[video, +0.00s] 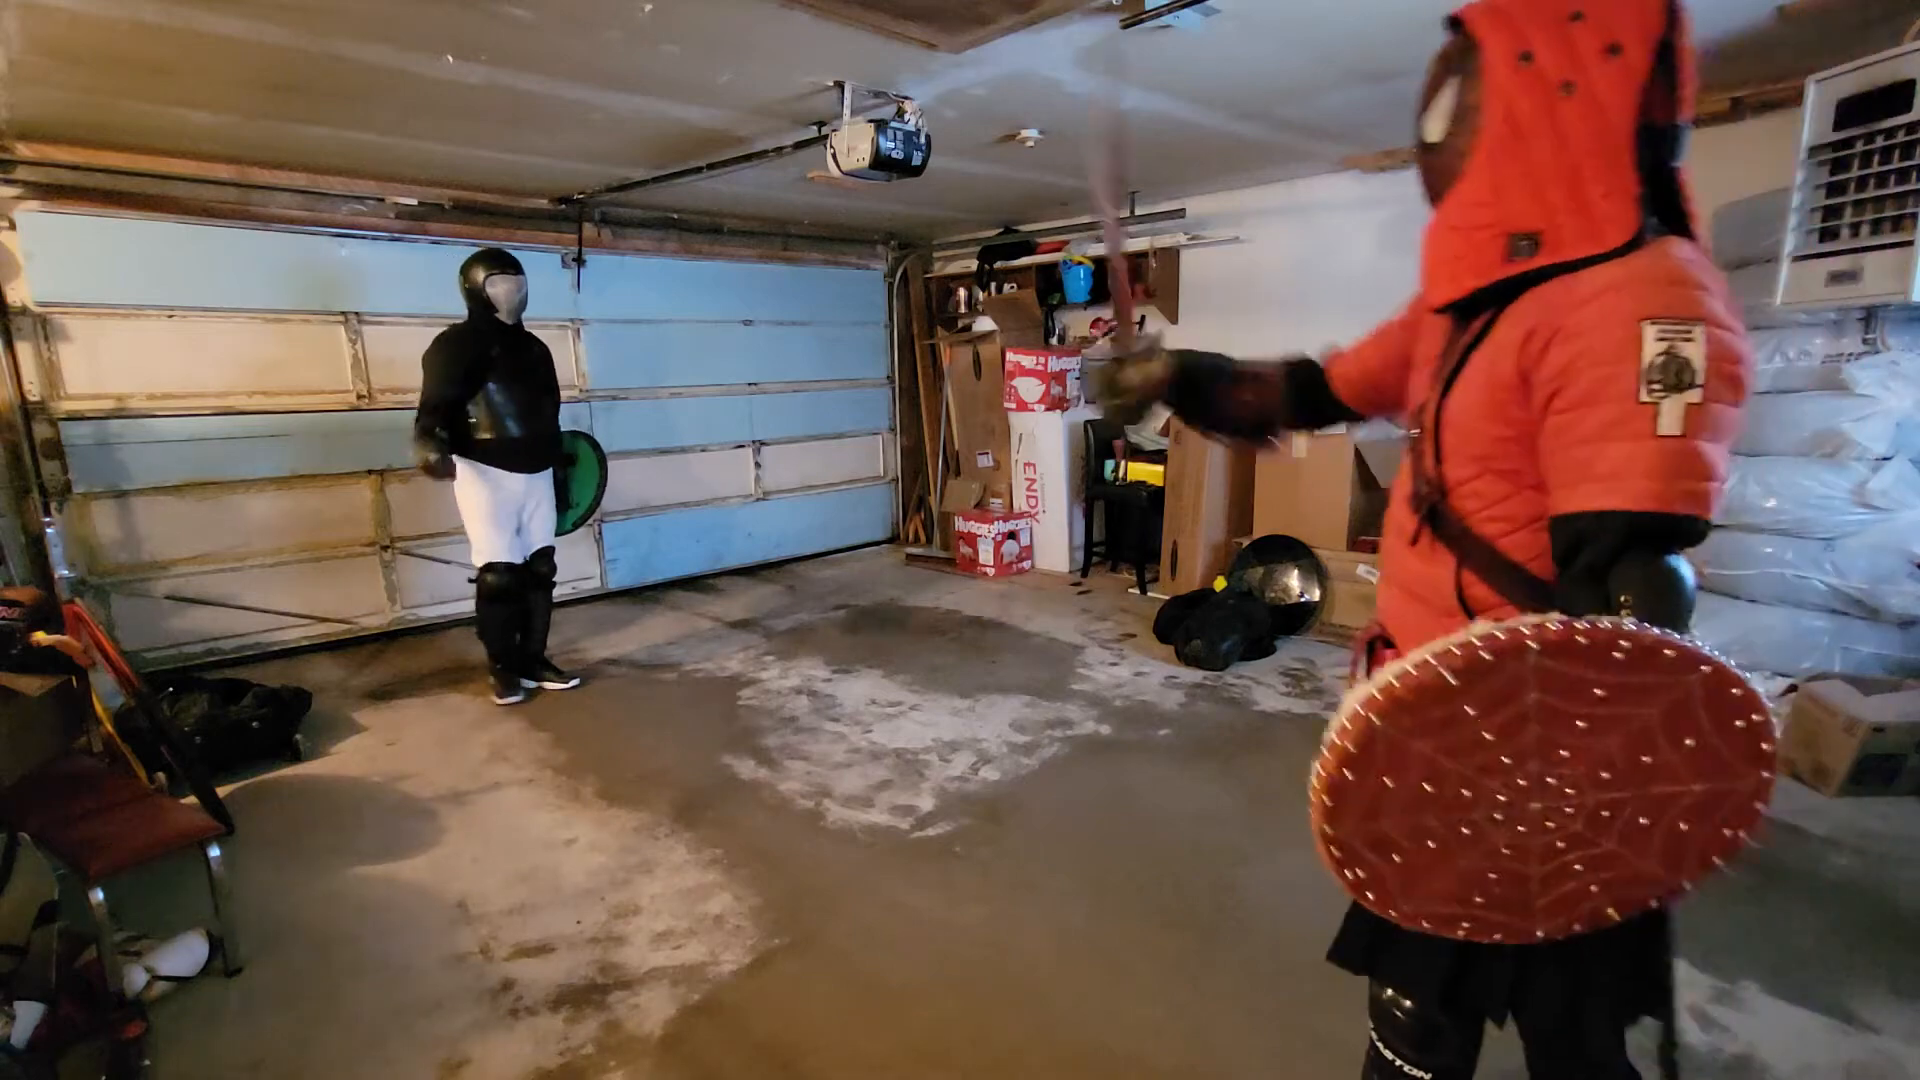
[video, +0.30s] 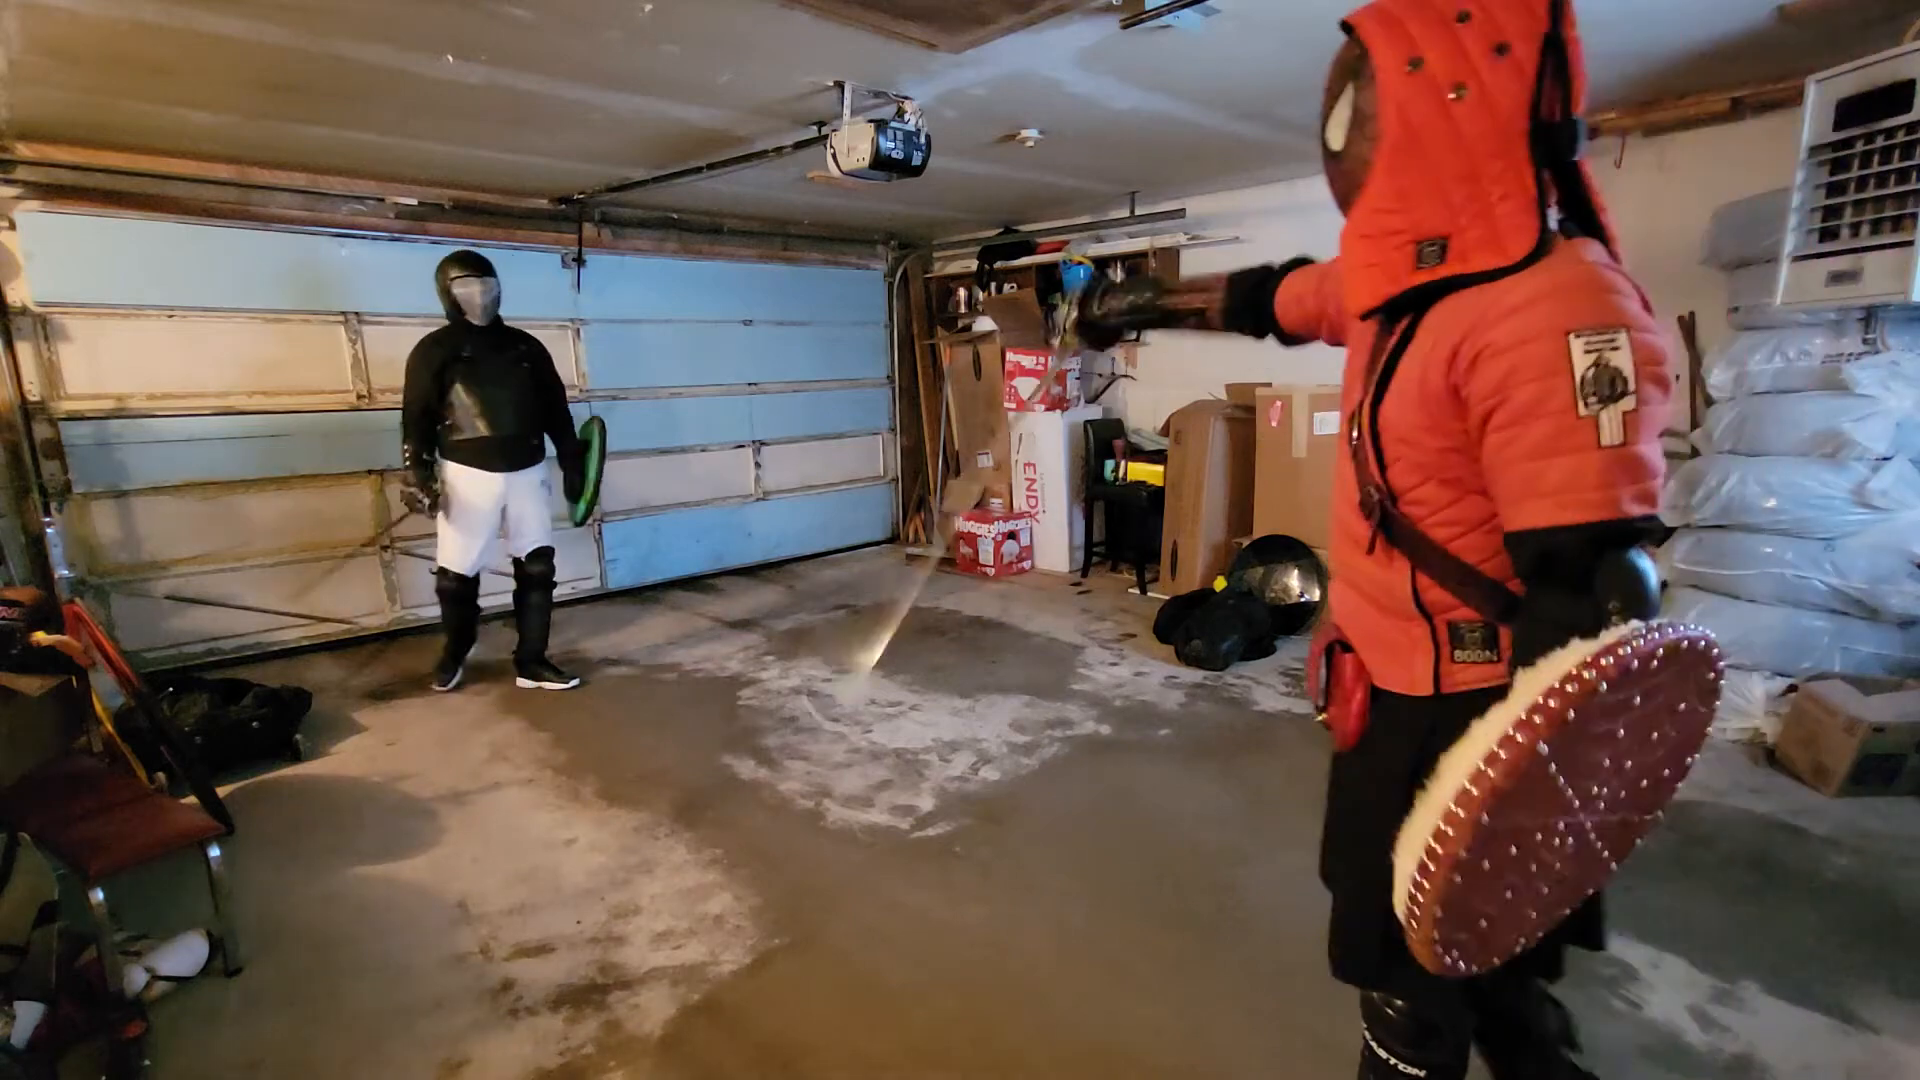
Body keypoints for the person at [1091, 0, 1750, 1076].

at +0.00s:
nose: (1431, 133)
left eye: (1456, 92)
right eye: (1434, 99)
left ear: (1556, 91)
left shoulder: (1641, 299)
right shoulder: (1475, 295)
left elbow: (1630, 601)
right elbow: (1316, 391)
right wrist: (1176, 379)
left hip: (1555, 769)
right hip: (1433, 751)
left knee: (1581, 1048)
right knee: (1413, 1037)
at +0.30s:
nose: (1338, 144)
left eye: (1362, 105)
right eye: (1341, 108)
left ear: (1458, 104)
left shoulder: (1558, 307)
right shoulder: (1411, 271)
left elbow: (1594, 607)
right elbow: (1307, 299)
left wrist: (1540, 818)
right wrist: (1186, 300)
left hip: (1469, 706)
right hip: (1393, 679)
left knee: (1404, 962)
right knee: (1494, 960)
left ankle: (1414, 1067)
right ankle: (1539, 1062)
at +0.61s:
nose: (1283, 141)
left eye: (1307, 102)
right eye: (1288, 105)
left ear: (1395, 106)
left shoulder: (1476, 316)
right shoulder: (1373, 297)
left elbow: (1523, 610)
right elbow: (1359, 508)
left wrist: (1485, 813)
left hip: (1407, 701)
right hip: (1337, 675)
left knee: (1367, 897)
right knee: (1284, 839)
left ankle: (1380, 1057)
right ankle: (1328, 1027)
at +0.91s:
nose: (1234, 180)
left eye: (1251, 146)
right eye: (1239, 150)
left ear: (1322, 146)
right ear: (1336, 147)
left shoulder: (1379, 307)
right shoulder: (1333, 302)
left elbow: (1404, 561)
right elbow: (1314, 520)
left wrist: (1395, 757)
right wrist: (1232, 607)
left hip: (1342, 693)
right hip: (1284, 673)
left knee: (1348, 900)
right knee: (1257, 847)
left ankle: (1367, 1059)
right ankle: (1233, 1017)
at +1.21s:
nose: (1186, 198)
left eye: (1198, 173)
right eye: (1192, 174)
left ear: (1240, 175)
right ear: (1295, 172)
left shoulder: (1280, 303)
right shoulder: (1285, 298)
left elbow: (1294, 524)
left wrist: (1277, 701)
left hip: (1310, 671)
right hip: (1286, 660)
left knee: (1319, 879)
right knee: (1247, 841)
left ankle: (1363, 1058)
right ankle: (1232, 1018)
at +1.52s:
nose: (1174, 228)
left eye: (1184, 202)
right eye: (1180, 203)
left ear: (1226, 200)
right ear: (1287, 197)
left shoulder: (1248, 320)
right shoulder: (1305, 307)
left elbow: (1262, 544)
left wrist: (1240, 722)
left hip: (1317, 686)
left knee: (1312, 924)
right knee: (1235, 847)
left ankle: (1413, 1059)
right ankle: (1230, 1019)